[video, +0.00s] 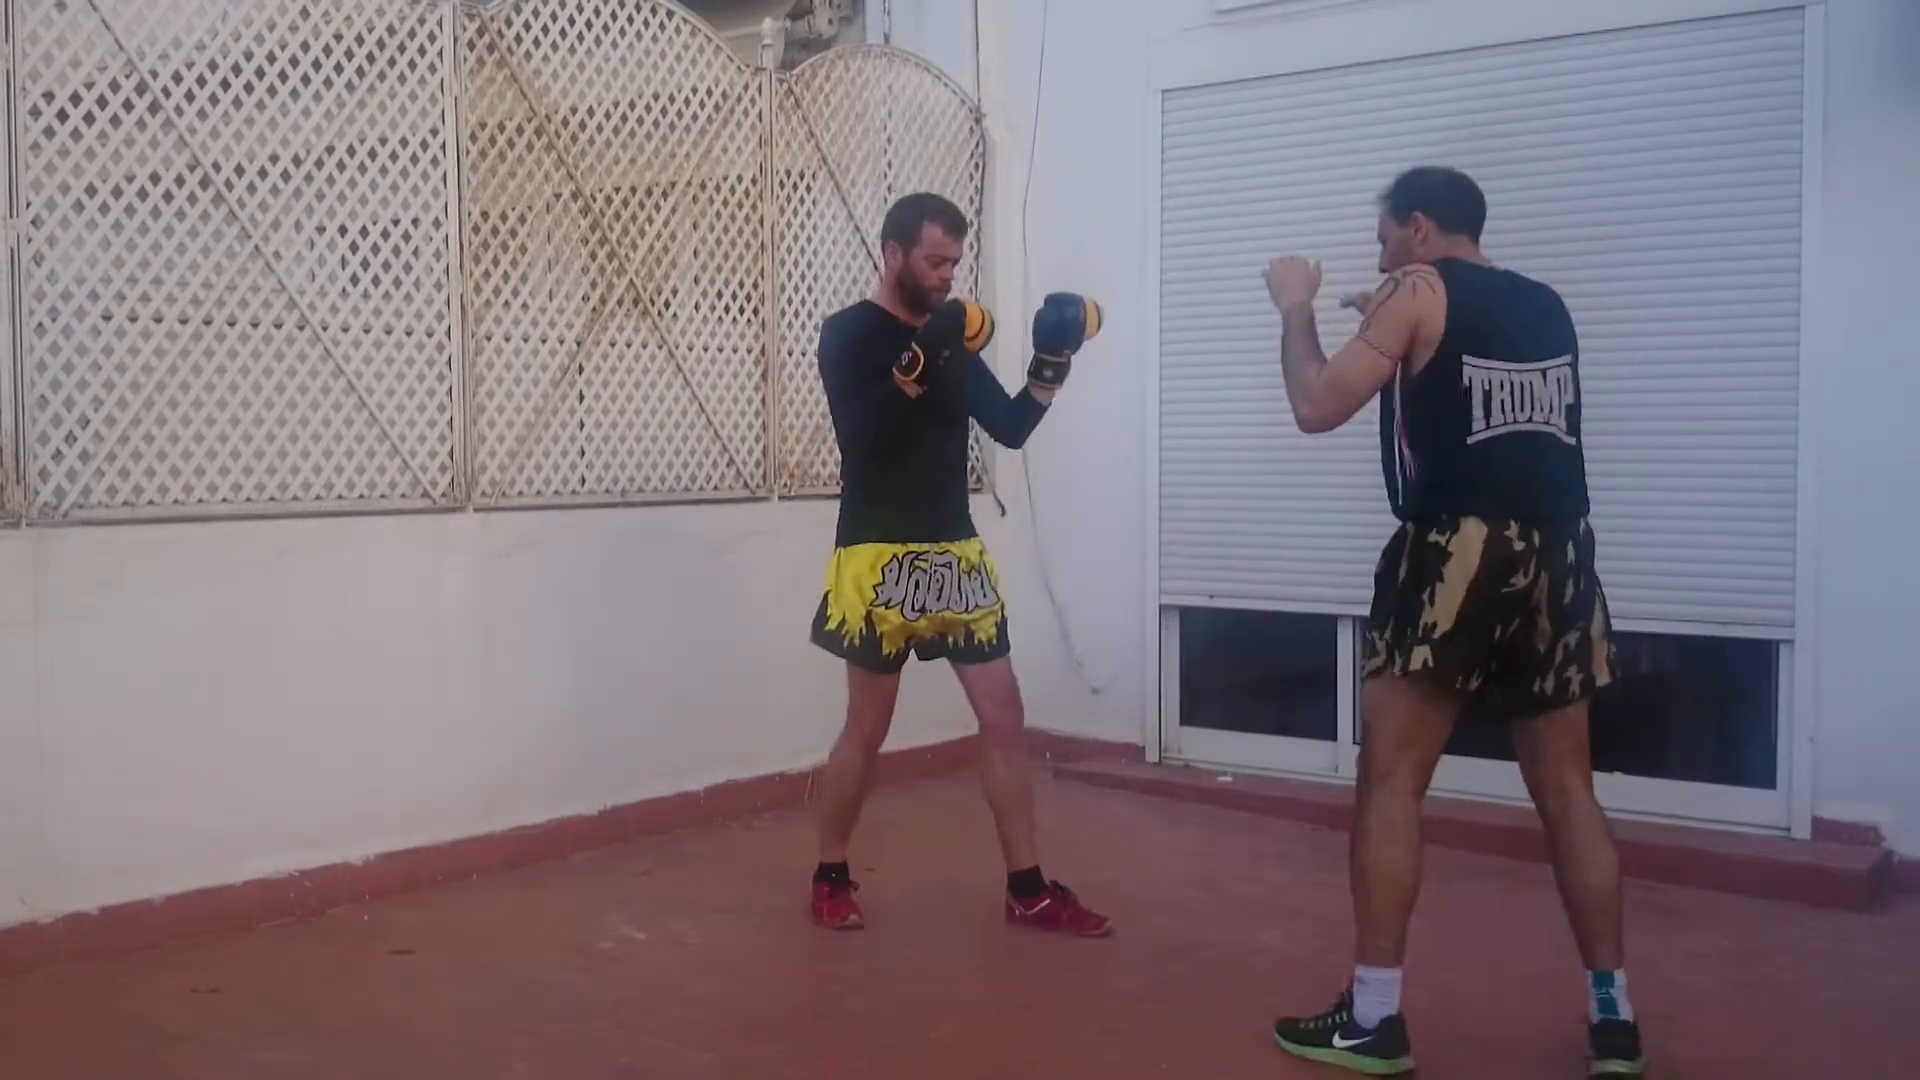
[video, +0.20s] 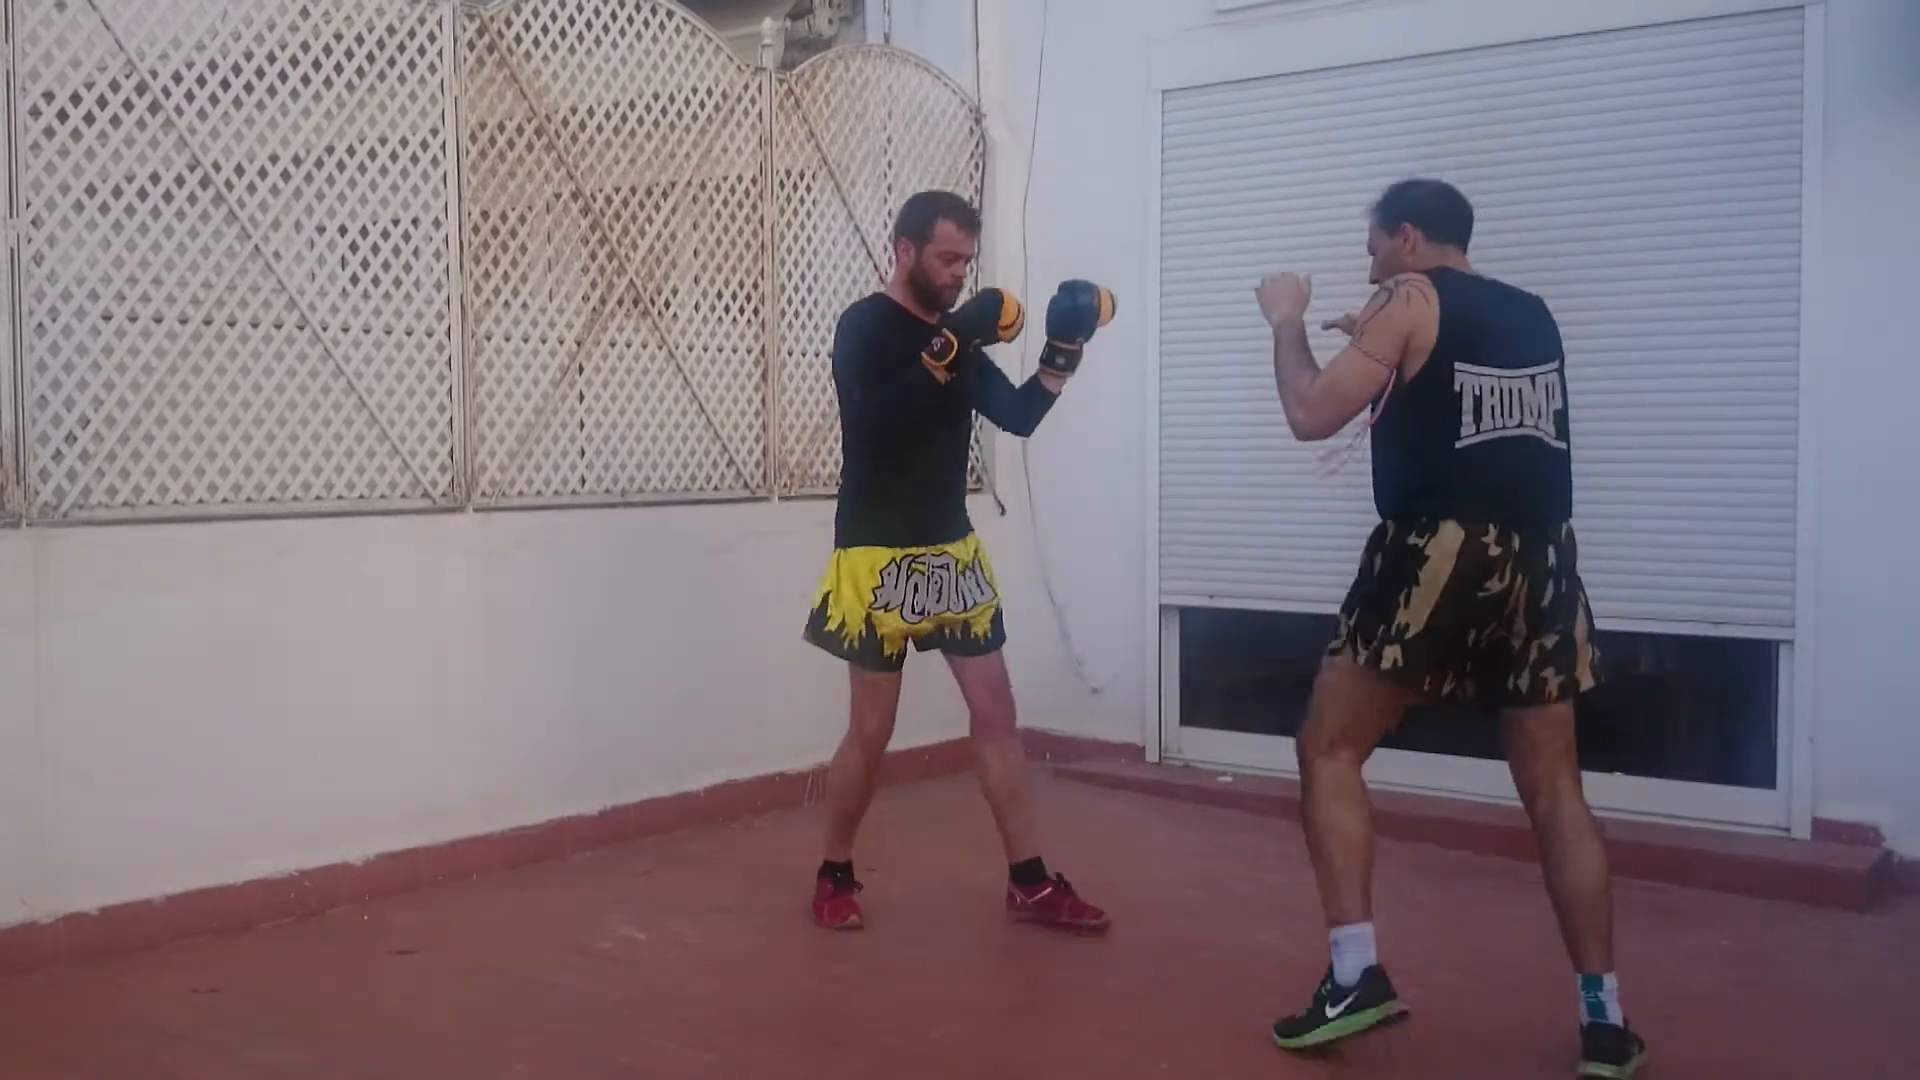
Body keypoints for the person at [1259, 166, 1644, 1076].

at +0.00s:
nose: (1386, 257)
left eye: (1387, 241)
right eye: (1383, 244)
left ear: (1417, 228)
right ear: (1472, 229)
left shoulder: (1417, 296)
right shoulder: (1545, 304)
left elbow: (1317, 405)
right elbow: (1480, 370)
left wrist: (1294, 311)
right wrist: (1397, 318)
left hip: (1453, 562)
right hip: (1559, 568)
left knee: (1392, 781)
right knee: (1568, 789)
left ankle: (1372, 1016)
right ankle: (1614, 1015)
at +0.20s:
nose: (1374, 267)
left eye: (1375, 251)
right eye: (1372, 254)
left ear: (1406, 239)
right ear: (1458, 239)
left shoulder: (1411, 305)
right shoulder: (1530, 312)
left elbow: (1310, 414)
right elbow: (1472, 383)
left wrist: (1285, 325)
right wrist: (1387, 338)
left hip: (1435, 559)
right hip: (1544, 568)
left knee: (1330, 750)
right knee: (1556, 790)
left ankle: (1355, 977)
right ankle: (1605, 1017)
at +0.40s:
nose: (1341, 309)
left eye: (1342, 295)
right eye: (1341, 297)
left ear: (1366, 283)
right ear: (1419, 284)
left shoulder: (1370, 338)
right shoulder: (1492, 348)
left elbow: (1264, 436)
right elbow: (1441, 421)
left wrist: (1252, 349)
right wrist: (1355, 370)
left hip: (1394, 580)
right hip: (1503, 590)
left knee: (1248, 722)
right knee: (1532, 807)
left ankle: (1194, 931)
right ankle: (1602, 1018)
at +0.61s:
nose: (1217, 420)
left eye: (1219, 411)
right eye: (1221, 413)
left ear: (1234, 408)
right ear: (1296, 396)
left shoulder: (1222, 450)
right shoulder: (1366, 408)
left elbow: (1123, 551)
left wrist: (1172, 496)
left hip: (1291, 615)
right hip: (1406, 609)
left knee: (1202, 774)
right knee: (1508, 805)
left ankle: (1095, 934)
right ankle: (1597, 1014)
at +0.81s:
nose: (1136, 453)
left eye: (1135, 447)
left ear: (1144, 441)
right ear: (1197, 404)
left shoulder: (1139, 485)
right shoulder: (1260, 406)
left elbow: (1104, 626)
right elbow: (1339, 492)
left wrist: (1138, 645)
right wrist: (1262, 481)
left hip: (1204, 582)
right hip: (1312, 561)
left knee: (1159, 750)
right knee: (1425, 765)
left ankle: (1091, 931)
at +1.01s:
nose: (1237, 312)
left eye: (1234, 305)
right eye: (1224, 303)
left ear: (1176, 335)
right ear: (1197, 320)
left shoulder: (1166, 435)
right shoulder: (1198, 344)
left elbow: (1230, 548)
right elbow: (1321, 327)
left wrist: (1337, 546)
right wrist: (1264, 365)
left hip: (1173, 587)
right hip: (1236, 556)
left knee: (1209, 777)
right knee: (1349, 755)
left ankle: (1069, 919)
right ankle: (1362, 990)